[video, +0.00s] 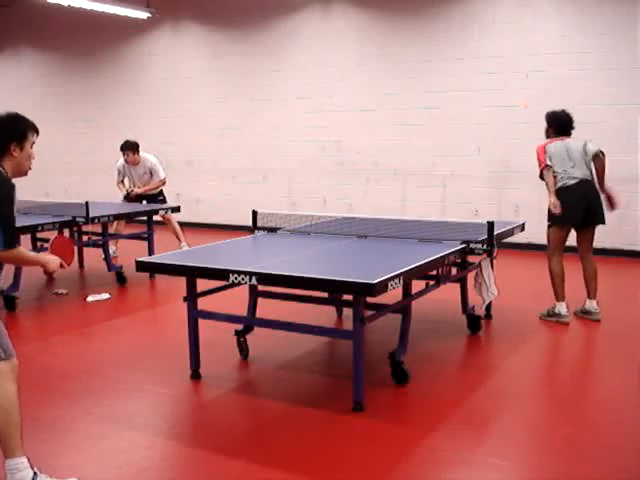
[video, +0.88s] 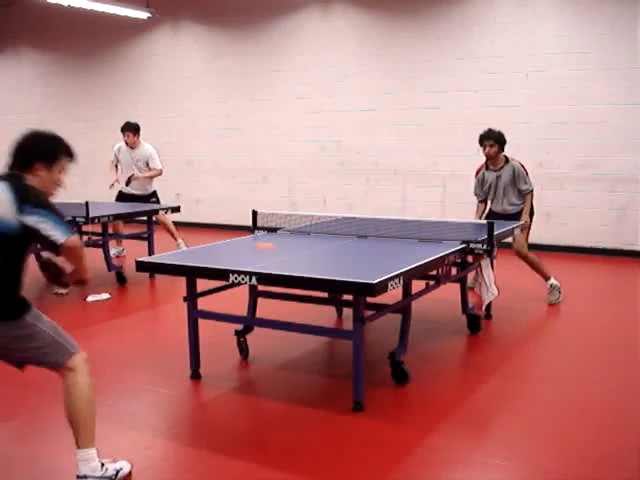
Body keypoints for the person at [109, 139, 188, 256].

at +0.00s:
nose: (125, 158)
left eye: (128, 155)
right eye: (124, 155)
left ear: (136, 154)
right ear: (123, 155)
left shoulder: (150, 161)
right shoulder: (121, 165)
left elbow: (162, 180)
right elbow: (119, 182)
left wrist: (142, 190)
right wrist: (126, 191)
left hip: (154, 193)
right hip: (135, 194)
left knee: (166, 216)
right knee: (120, 218)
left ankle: (183, 244)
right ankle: (113, 246)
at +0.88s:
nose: (125, 140)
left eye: (128, 136)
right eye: (124, 136)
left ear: (136, 136)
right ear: (123, 136)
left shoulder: (148, 151)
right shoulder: (119, 149)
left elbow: (158, 170)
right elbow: (114, 163)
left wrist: (140, 176)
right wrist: (114, 177)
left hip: (147, 194)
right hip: (126, 193)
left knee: (161, 217)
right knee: (115, 218)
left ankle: (179, 242)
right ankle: (119, 247)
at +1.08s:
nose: (127, 142)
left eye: (130, 139)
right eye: (126, 139)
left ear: (138, 139)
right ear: (124, 138)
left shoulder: (149, 154)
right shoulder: (119, 150)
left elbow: (155, 174)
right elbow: (107, 166)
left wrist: (144, 182)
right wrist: (117, 178)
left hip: (140, 192)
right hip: (120, 192)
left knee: (152, 220)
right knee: (111, 221)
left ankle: (165, 248)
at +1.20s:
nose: (134, 156)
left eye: (137, 153)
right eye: (132, 153)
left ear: (143, 153)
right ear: (129, 153)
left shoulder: (151, 168)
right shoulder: (123, 165)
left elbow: (162, 187)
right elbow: (114, 184)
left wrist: (167, 200)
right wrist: (131, 192)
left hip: (142, 204)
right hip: (122, 203)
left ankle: (160, 251)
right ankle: (94, 248)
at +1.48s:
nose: (148, 160)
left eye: (150, 156)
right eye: (144, 158)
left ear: (153, 155)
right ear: (139, 159)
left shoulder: (160, 165)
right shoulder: (135, 167)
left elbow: (174, 178)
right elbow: (127, 185)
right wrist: (138, 198)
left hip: (157, 200)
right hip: (141, 201)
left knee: (155, 220)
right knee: (117, 223)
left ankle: (165, 252)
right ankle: (97, 247)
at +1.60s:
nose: (146, 153)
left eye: (148, 150)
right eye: (143, 151)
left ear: (153, 146)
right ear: (141, 150)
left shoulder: (163, 154)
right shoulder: (141, 160)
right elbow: (131, 177)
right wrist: (128, 175)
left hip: (165, 195)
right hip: (147, 194)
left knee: (156, 219)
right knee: (126, 218)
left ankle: (165, 250)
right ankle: (121, 242)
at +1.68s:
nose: (143, 149)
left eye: (146, 145)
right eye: (141, 146)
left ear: (153, 144)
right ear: (140, 146)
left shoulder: (164, 151)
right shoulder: (141, 154)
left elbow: (163, 162)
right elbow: (135, 163)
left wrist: (138, 158)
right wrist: (126, 166)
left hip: (168, 191)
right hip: (152, 190)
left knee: (164, 219)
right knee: (133, 217)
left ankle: (168, 250)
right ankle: (133, 244)